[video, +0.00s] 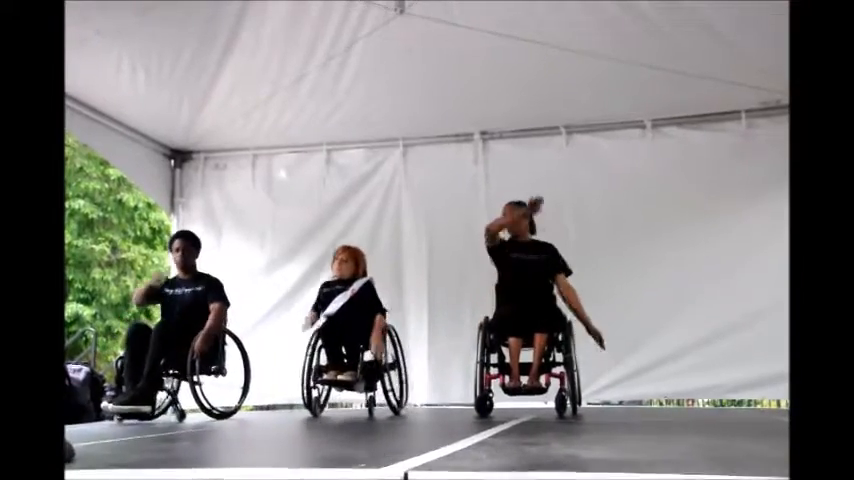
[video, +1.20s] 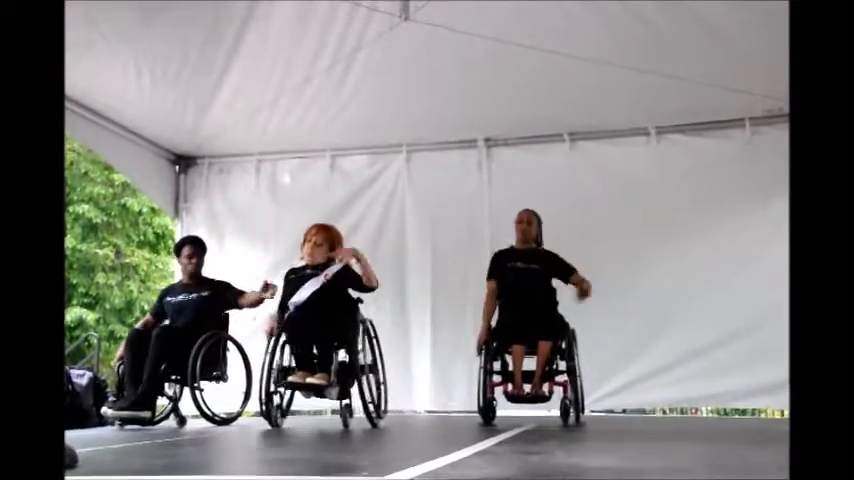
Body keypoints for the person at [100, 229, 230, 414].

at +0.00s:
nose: (181, 255)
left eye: (186, 250)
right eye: (177, 251)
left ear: (196, 253)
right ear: (172, 255)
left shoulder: (210, 284)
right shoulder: (168, 286)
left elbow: (219, 312)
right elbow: (139, 302)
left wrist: (205, 337)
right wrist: (148, 288)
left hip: (200, 350)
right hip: (172, 348)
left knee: (163, 328)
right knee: (137, 330)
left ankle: (146, 395)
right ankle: (131, 394)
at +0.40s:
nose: (184, 255)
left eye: (189, 249)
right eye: (179, 250)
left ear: (199, 252)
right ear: (174, 254)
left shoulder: (213, 285)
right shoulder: (166, 287)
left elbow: (231, 314)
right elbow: (145, 317)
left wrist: (220, 319)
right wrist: (133, 294)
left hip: (204, 352)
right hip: (173, 349)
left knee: (170, 329)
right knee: (141, 329)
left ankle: (151, 396)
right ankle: (136, 396)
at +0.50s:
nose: (185, 256)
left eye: (190, 250)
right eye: (180, 251)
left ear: (200, 253)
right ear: (175, 255)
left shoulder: (214, 285)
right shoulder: (167, 287)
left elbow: (229, 314)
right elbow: (153, 313)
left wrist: (219, 292)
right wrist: (128, 322)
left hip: (205, 350)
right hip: (174, 348)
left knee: (169, 327)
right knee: (141, 329)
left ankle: (151, 397)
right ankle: (136, 397)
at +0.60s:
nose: (187, 256)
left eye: (192, 251)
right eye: (182, 252)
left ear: (202, 254)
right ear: (177, 255)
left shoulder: (215, 285)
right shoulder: (168, 287)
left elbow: (225, 311)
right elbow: (153, 315)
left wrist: (209, 281)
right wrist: (129, 334)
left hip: (205, 349)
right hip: (174, 347)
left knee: (169, 328)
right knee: (138, 332)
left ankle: (150, 397)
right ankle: (135, 397)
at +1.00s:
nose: (190, 261)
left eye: (195, 256)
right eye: (185, 256)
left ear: (201, 258)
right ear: (177, 259)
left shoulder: (215, 289)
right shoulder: (168, 291)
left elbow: (237, 315)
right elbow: (156, 319)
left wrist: (211, 297)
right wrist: (129, 340)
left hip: (205, 353)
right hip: (175, 352)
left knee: (162, 333)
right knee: (136, 334)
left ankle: (146, 401)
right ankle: (132, 398)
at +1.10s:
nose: (191, 261)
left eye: (196, 256)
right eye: (186, 257)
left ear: (202, 258)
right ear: (177, 260)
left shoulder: (216, 288)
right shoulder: (169, 292)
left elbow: (244, 310)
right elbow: (152, 319)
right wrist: (128, 344)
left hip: (205, 353)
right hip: (176, 352)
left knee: (162, 333)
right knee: (136, 335)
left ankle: (145, 401)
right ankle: (132, 399)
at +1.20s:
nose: (194, 261)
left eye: (198, 256)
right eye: (189, 256)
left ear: (203, 259)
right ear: (179, 260)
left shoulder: (217, 288)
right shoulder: (169, 293)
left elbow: (243, 299)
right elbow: (150, 321)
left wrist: (261, 295)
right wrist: (126, 345)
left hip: (206, 355)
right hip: (176, 353)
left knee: (163, 335)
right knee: (136, 335)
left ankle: (145, 403)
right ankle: (131, 400)